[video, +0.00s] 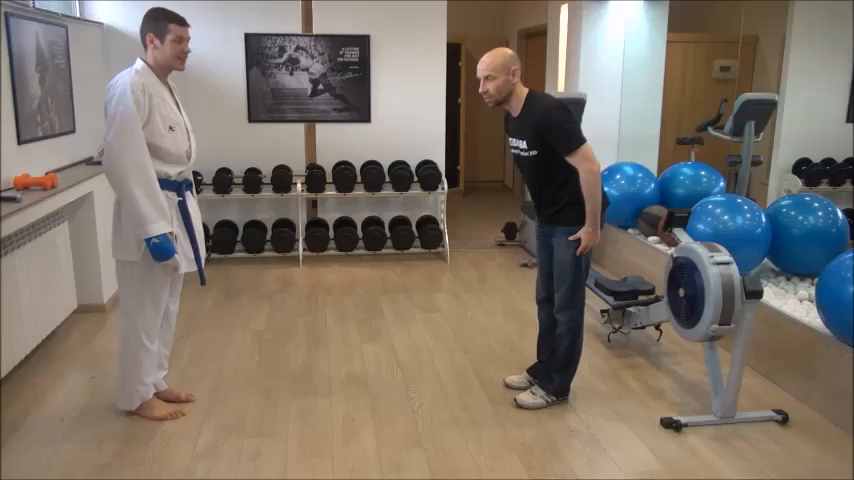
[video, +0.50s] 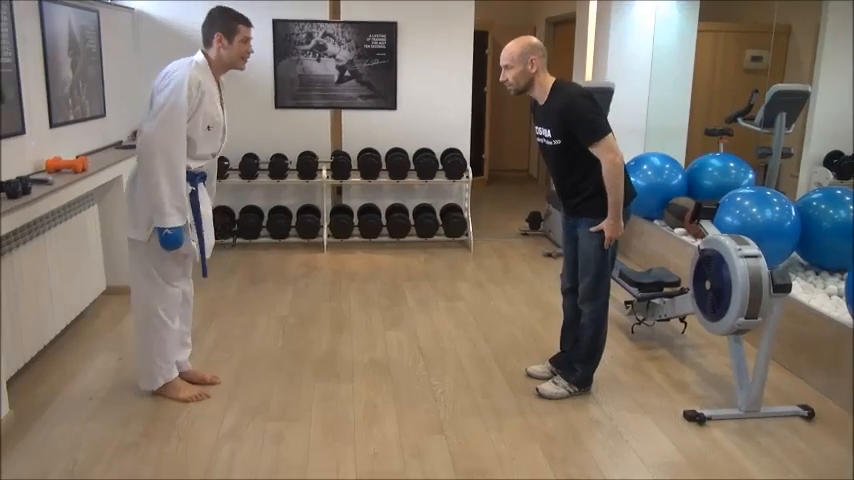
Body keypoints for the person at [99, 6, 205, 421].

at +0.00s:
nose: (186, 51)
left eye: (187, 43)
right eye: (179, 43)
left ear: (163, 44)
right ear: (152, 41)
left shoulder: (163, 87)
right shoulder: (129, 85)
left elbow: (170, 161)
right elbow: (126, 161)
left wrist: (184, 220)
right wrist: (153, 228)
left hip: (175, 208)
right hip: (148, 209)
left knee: (166, 305)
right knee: (144, 308)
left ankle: (155, 383)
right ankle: (135, 397)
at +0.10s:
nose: (197, 47)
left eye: (197, 39)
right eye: (191, 39)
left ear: (168, 42)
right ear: (162, 40)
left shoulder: (169, 84)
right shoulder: (138, 83)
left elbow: (175, 159)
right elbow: (133, 159)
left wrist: (190, 217)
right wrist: (160, 226)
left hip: (181, 205)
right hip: (155, 207)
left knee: (172, 302)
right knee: (152, 305)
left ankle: (162, 379)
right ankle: (142, 393)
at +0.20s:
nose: (207, 43)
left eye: (207, 36)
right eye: (201, 35)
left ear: (181, 38)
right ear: (173, 36)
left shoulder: (178, 81)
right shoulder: (147, 79)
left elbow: (182, 155)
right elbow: (142, 156)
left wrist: (196, 214)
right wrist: (168, 223)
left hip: (187, 201)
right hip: (162, 202)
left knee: (178, 298)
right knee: (158, 301)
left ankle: (168, 375)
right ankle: (149, 389)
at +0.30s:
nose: (217, 41)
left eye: (218, 34)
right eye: (211, 34)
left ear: (189, 36)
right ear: (185, 35)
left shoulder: (187, 78)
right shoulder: (157, 77)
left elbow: (186, 153)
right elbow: (148, 152)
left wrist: (199, 214)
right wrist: (170, 220)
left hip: (189, 198)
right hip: (165, 199)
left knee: (180, 293)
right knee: (161, 296)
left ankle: (172, 371)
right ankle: (153, 385)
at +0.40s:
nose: (233, 43)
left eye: (233, 35)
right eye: (227, 35)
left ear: (206, 36)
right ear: (201, 35)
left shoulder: (198, 77)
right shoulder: (170, 75)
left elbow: (187, 150)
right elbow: (155, 149)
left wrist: (198, 210)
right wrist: (170, 219)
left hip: (189, 194)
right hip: (166, 196)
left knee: (181, 286)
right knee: (161, 291)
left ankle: (175, 366)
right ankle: (156, 381)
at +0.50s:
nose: (250, 51)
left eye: (250, 43)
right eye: (245, 42)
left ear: (221, 43)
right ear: (219, 40)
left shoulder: (208, 80)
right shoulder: (185, 77)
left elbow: (187, 150)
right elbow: (160, 150)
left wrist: (193, 210)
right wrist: (167, 219)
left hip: (188, 195)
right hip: (165, 198)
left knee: (181, 284)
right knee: (161, 290)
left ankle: (180, 363)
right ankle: (160, 378)